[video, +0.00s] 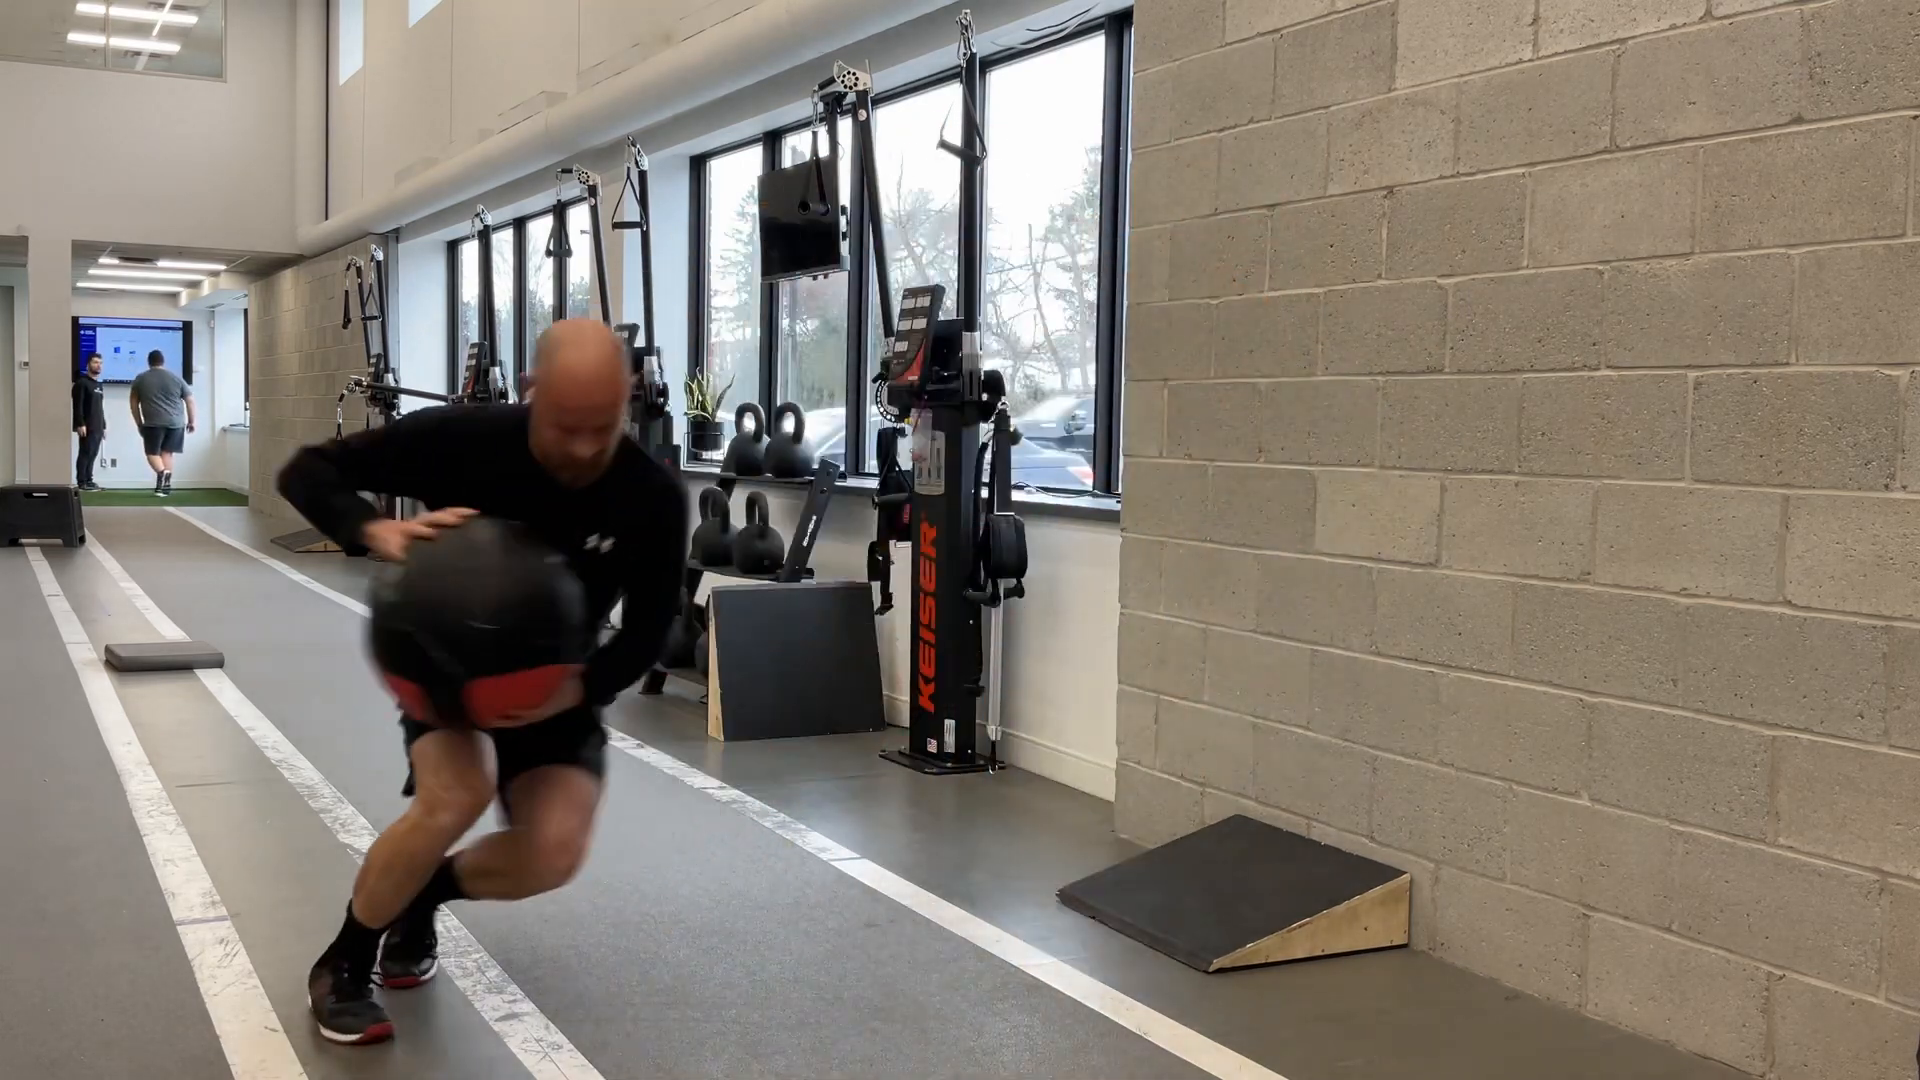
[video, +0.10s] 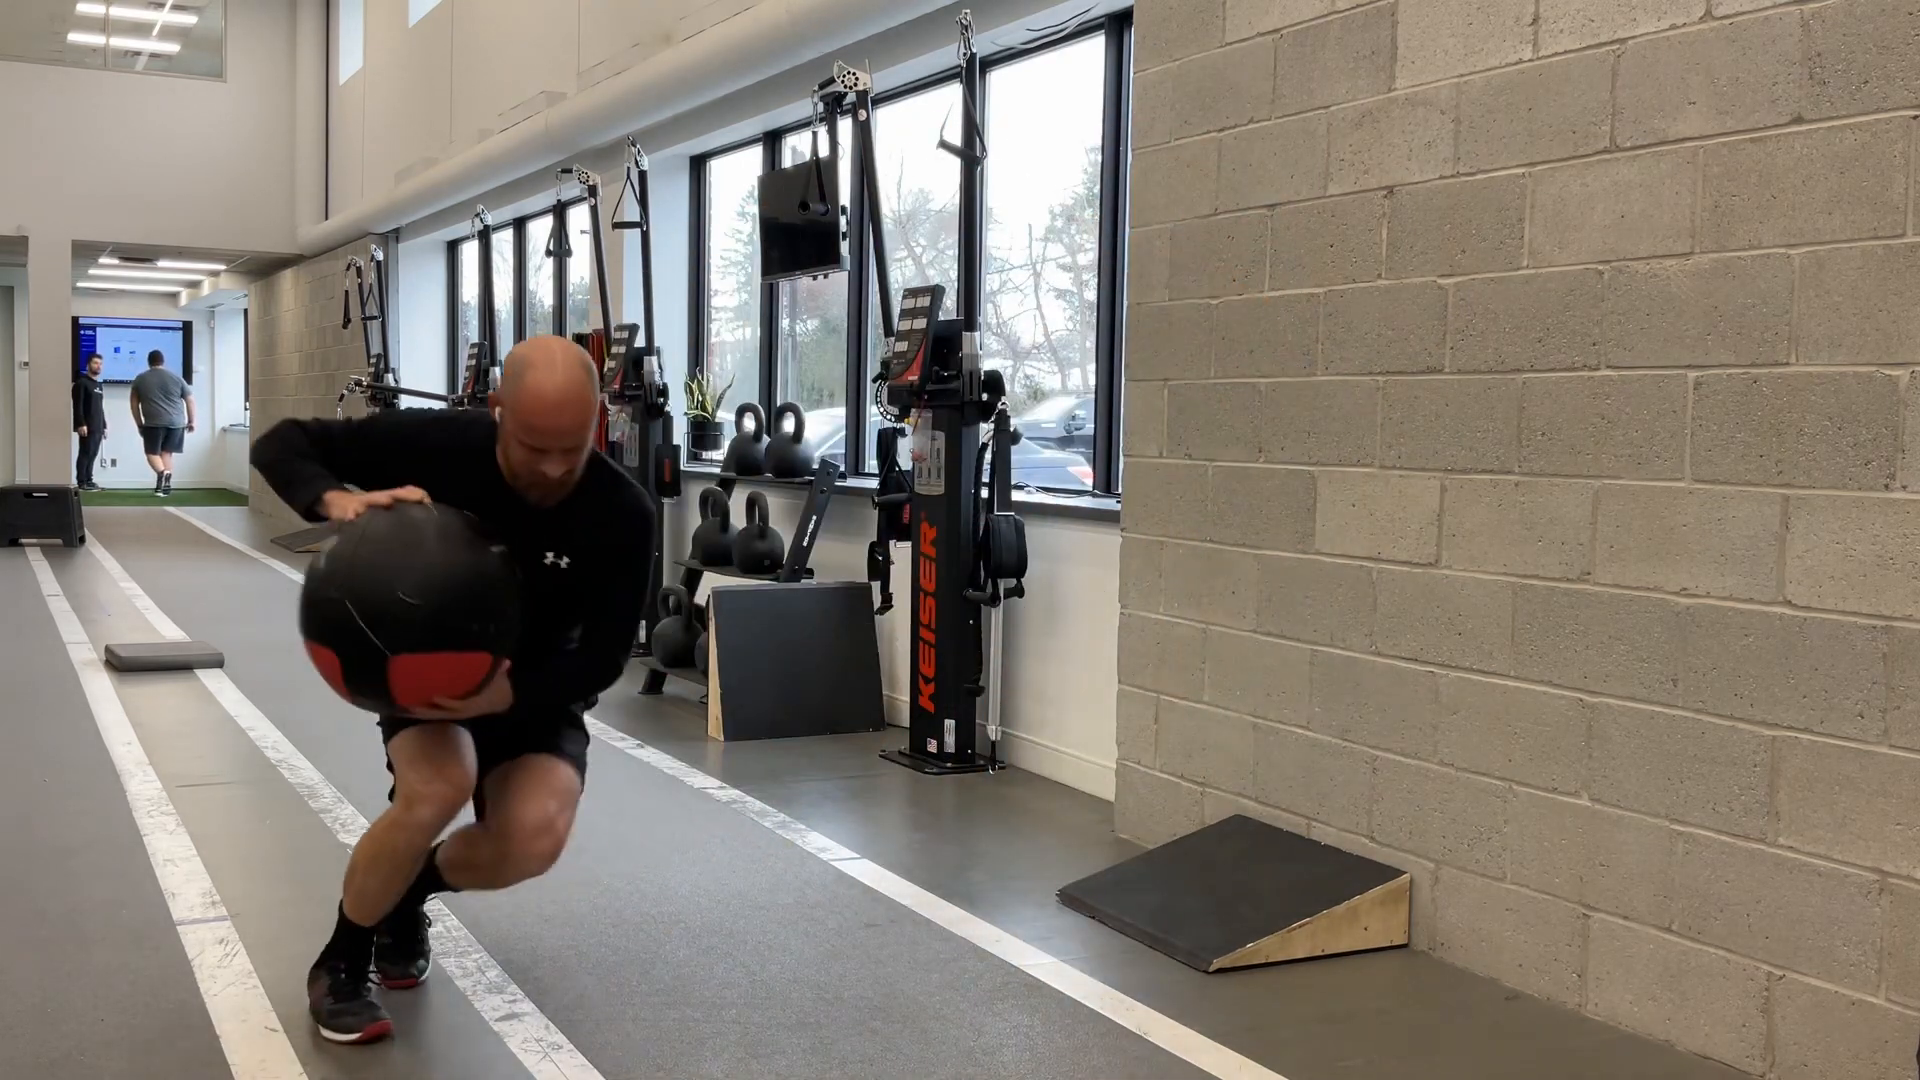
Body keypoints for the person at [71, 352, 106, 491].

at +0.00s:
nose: (98, 365)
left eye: (100, 363)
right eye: (95, 362)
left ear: (101, 365)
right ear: (88, 365)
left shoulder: (98, 385)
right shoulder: (81, 383)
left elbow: (99, 407)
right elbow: (78, 406)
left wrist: (103, 425)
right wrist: (80, 424)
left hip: (97, 425)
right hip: (87, 426)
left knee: (92, 454)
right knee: (85, 454)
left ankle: (89, 479)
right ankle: (82, 481)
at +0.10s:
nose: (98, 366)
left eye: (100, 363)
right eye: (95, 363)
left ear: (101, 366)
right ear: (88, 365)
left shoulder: (98, 385)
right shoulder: (81, 383)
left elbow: (99, 407)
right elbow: (78, 406)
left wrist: (103, 425)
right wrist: (80, 424)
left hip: (97, 425)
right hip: (87, 426)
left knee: (92, 454)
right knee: (85, 454)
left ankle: (89, 479)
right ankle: (82, 481)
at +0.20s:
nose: (98, 366)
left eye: (100, 364)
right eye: (95, 363)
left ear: (102, 367)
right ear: (89, 365)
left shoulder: (98, 385)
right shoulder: (81, 383)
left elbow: (99, 407)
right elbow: (78, 406)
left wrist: (104, 424)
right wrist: (81, 423)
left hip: (97, 425)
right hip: (87, 425)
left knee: (92, 454)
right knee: (85, 454)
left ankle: (89, 479)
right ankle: (82, 481)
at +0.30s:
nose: (99, 368)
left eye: (101, 365)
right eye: (96, 364)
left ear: (102, 367)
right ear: (89, 366)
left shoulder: (98, 385)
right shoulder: (81, 383)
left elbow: (99, 407)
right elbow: (78, 406)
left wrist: (104, 424)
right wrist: (81, 423)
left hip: (97, 425)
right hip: (87, 425)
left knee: (92, 454)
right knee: (85, 454)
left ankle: (89, 479)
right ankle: (82, 480)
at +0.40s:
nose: (99, 368)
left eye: (101, 365)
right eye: (96, 364)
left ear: (102, 367)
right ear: (89, 365)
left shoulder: (98, 385)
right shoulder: (81, 383)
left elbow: (99, 406)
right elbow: (78, 406)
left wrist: (104, 423)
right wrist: (81, 423)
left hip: (98, 425)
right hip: (87, 425)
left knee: (92, 454)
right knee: (85, 454)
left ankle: (89, 479)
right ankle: (82, 481)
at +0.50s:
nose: (99, 367)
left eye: (101, 364)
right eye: (96, 363)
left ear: (102, 367)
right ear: (89, 365)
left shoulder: (98, 385)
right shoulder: (81, 383)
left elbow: (99, 405)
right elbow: (78, 405)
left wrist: (104, 421)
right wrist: (81, 424)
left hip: (97, 424)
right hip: (87, 425)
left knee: (93, 454)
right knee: (85, 454)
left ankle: (89, 479)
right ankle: (82, 480)